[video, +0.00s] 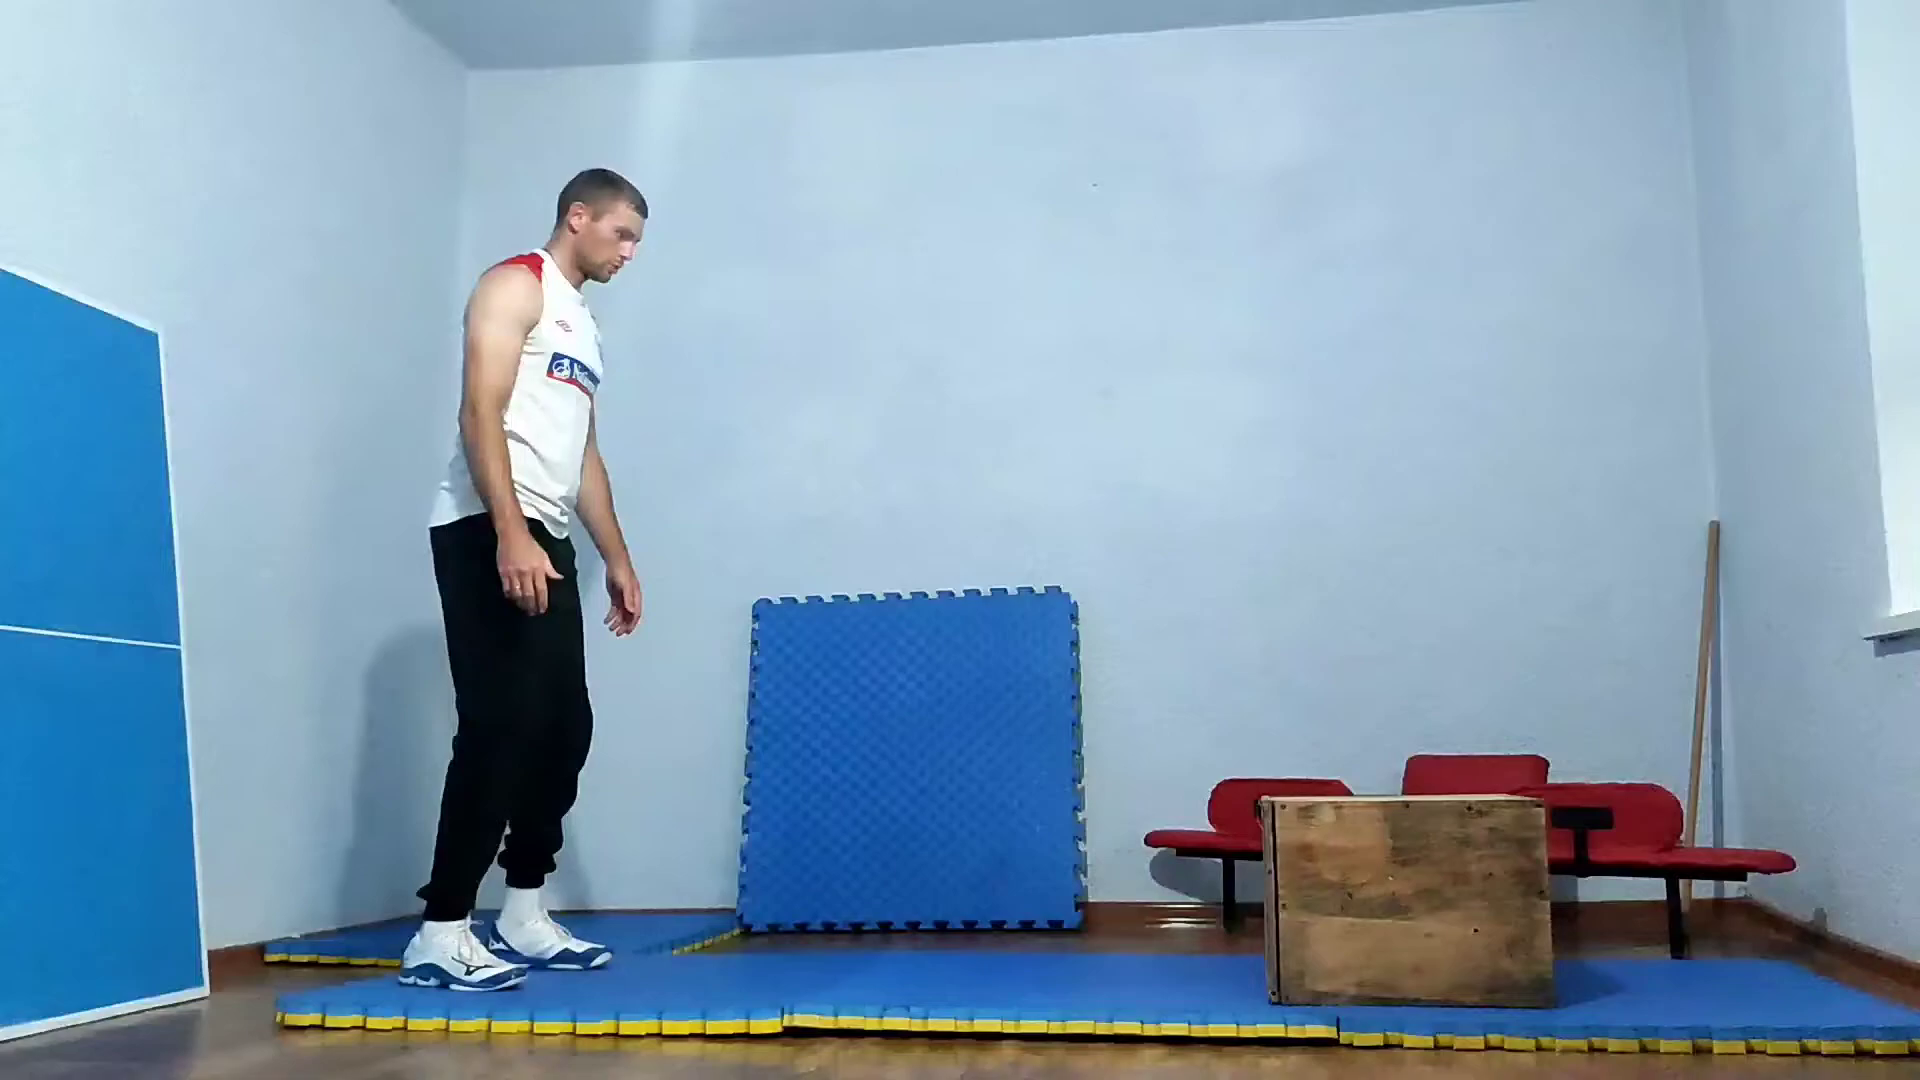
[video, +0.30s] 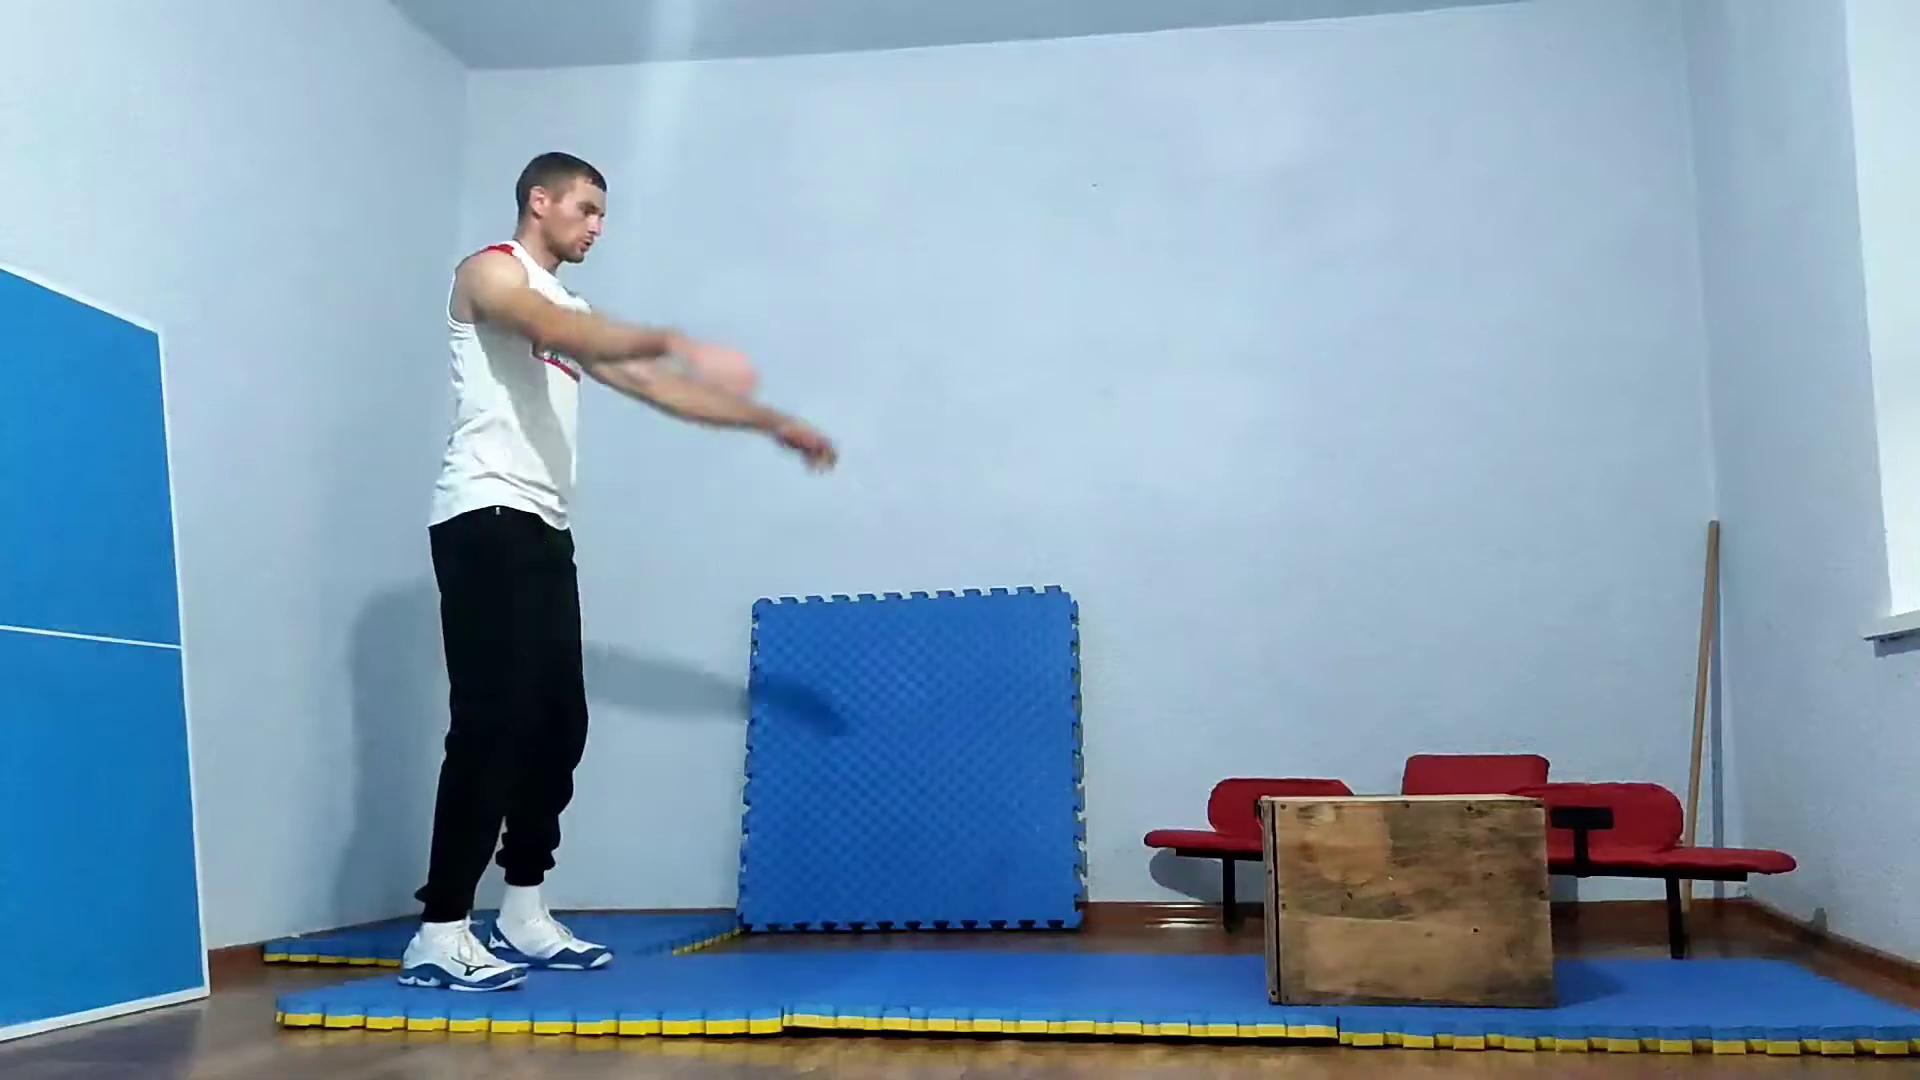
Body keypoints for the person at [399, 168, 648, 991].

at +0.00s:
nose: (629, 253)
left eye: (636, 241)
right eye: (622, 236)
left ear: (595, 229)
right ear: (575, 218)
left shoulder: (583, 321)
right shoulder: (513, 287)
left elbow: (583, 453)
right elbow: (481, 413)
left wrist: (616, 559)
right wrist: (511, 532)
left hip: (547, 540)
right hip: (488, 533)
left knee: (563, 726)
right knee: (499, 726)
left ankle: (522, 912)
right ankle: (441, 930)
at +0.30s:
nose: (597, 226)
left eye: (601, 215)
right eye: (586, 209)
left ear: (568, 217)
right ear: (536, 202)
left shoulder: (565, 310)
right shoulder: (489, 270)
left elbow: (656, 385)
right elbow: (560, 331)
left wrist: (771, 422)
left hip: (545, 527)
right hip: (485, 519)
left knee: (559, 719)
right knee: (491, 719)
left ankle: (522, 913)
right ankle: (441, 931)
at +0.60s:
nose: (582, 192)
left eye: (582, 178)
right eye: (570, 175)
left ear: (565, 197)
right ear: (524, 182)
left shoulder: (572, 275)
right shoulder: (494, 255)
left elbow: (656, 208)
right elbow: (569, 146)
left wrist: (716, 116)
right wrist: (642, 51)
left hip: (572, 521)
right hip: (512, 515)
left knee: (563, 721)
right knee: (493, 719)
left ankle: (525, 906)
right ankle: (443, 928)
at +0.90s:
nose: (586, 177)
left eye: (591, 169)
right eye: (572, 164)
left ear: (589, 186)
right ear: (536, 172)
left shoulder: (576, 251)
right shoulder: (504, 229)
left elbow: (620, 162)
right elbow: (545, 90)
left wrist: (636, 48)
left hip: (589, 492)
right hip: (530, 486)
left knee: (576, 701)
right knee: (514, 697)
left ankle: (543, 883)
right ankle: (465, 904)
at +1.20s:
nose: (596, 198)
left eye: (601, 187)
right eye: (583, 181)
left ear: (595, 198)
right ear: (544, 180)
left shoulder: (579, 262)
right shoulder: (508, 237)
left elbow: (628, 170)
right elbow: (555, 104)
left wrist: (648, 54)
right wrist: (595, 8)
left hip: (580, 506)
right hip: (520, 498)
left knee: (566, 711)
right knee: (498, 706)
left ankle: (529, 902)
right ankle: (446, 921)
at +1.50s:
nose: (615, 211)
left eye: (618, 199)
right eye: (601, 193)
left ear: (609, 212)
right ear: (554, 193)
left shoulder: (589, 279)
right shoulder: (510, 255)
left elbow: (672, 210)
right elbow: (598, 153)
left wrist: (726, 108)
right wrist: (674, 52)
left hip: (562, 526)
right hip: (501, 514)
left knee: (557, 722)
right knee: (487, 719)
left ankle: (522, 914)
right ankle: (442, 929)